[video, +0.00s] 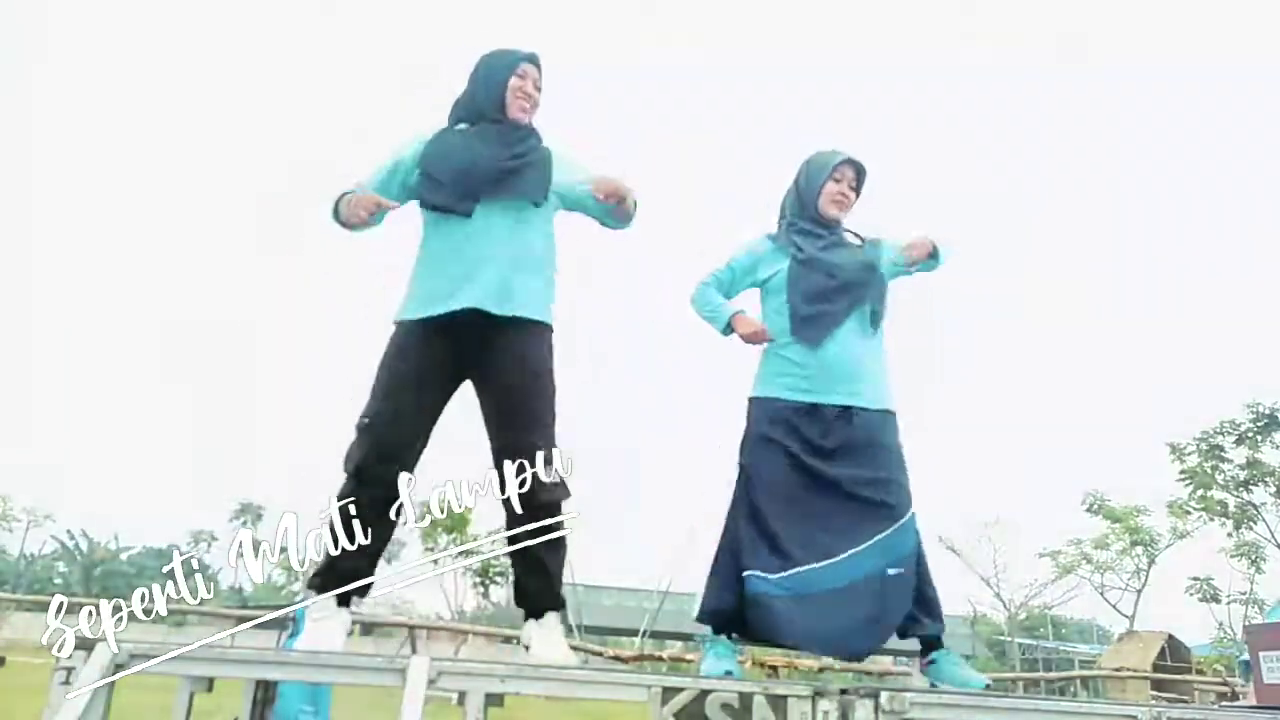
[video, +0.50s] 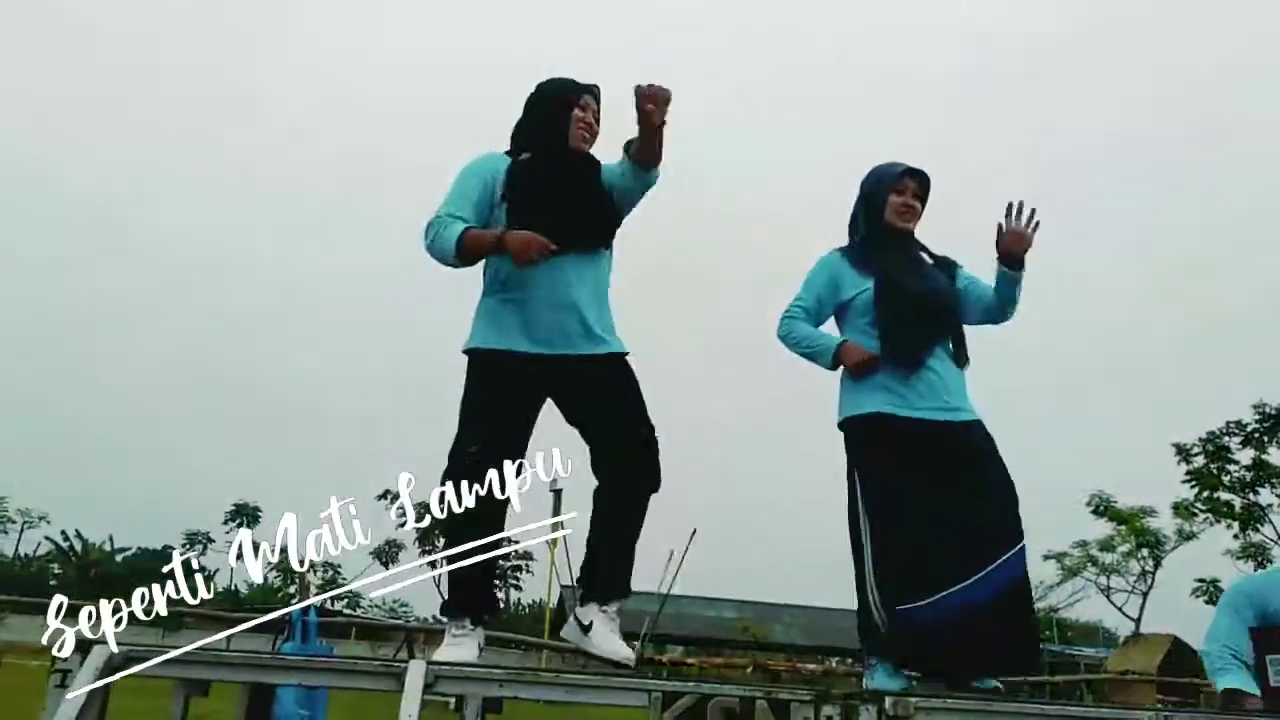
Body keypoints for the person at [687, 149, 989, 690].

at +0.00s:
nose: (845, 193)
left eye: (853, 189)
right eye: (837, 183)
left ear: (856, 201)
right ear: (809, 183)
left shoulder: (869, 253)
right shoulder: (770, 249)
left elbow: (911, 258)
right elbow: (705, 292)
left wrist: (925, 252)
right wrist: (736, 318)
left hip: (864, 404)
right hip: (784, 400)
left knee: (897, 521)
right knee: (755, 512)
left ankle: (933, 652)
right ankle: (721, 640)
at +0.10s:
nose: (867, 193)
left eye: (873, 189)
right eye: (858, 183)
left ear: (877, 203)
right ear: (829, 187)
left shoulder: (896, 252)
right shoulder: (795, 256)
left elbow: (969, 247)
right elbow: (734, 305)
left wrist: (950, 249)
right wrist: (768, 333)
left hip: (898, 411)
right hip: (818, 408)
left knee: (916, 531)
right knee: (782, 524)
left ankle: (934, 656)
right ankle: (731, 639)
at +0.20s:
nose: (882, 195)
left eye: (889, 190)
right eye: (872, 185)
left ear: (893, 204)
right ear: (845, 191)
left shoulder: (917, 260)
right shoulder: (818, 258)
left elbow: (987, 251)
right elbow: (759, 312)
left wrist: (942, 232)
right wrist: (802, 338)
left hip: (919, 412)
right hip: (844, 407)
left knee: (933, 530)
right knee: (825, 524)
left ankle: (945, 661)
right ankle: (787, 640)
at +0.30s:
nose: (892, 198)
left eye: (899, 192)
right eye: (881, 189)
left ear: (906, 203)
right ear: (855, 198)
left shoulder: (924, 259)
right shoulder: (829, 260)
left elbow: (986, 274)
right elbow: (779, 321)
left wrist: (927, 236)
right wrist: (822, 341)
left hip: (930, 408)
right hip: (859, 405)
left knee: (942, 525)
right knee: (865, 524)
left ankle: (946, 657)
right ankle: (868, 649)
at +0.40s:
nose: (901, 207)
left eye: (908, 202)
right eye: (890, 198)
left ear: (912, 215)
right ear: (863, 203)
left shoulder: (925, 269)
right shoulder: (832, 269)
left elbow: (979, 309)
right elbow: (788, 331)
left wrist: (947, 258)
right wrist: (835, 350)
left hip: (939, 413)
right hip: (869, 413)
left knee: (955, 529)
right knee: (880, 531)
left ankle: (958, 661)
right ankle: (887, 658)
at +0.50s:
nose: (909, 202)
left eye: (917, 198)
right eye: (899, 193)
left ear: (923, 209)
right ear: (872, 197)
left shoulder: (938, 270)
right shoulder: (840, 264)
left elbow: (998, 308)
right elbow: (791, 325)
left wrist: (1010, 264)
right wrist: (837, 349)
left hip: (951, 415)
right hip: (880, 414)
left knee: (983, 524)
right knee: (887, 536)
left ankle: (971, 660)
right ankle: (883, 659)